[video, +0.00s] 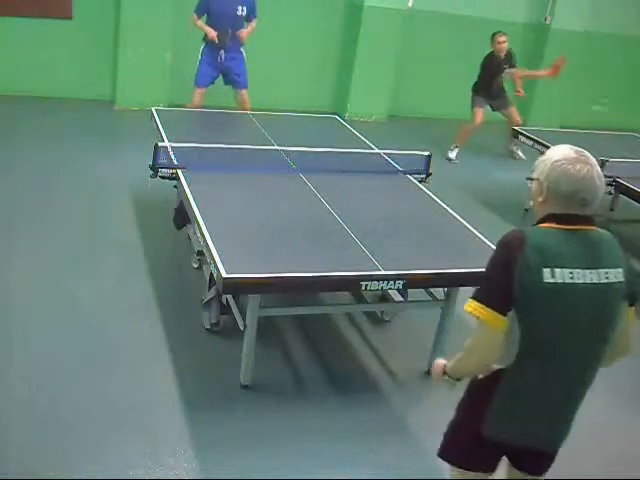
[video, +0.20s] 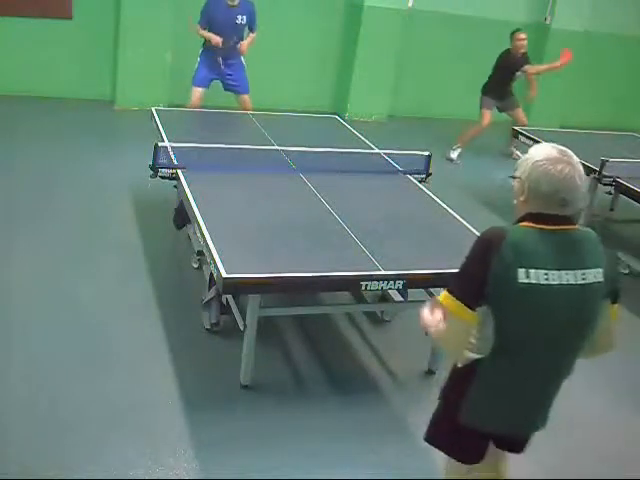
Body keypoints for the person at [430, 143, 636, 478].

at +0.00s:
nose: (530, 188)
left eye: (533, 181)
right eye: (532, 181)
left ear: (543, 191)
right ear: (592, 196)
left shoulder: (519, 245)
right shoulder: (611, 248)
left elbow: (486, 349)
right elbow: (623, 343)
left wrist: (452, 369)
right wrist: (577, 359)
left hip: (503, 397)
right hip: (563, 399)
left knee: (468, 470)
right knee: (525, 472)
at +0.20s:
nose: (513, 187)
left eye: (517, 181)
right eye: (516, 180)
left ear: (525, 191)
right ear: (577, 196)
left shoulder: (498, 242)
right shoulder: (593, 247)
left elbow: (454, 336)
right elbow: (603, 339)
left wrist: (437, 324)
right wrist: (553, 341)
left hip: (483, 386)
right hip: (541, 385)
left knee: (465, 464)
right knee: (498, 453)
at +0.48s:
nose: (487, 180)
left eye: (490, 173)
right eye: (490, 172)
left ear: (497, 180)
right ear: (544, 181)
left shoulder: (474, 226)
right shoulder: (565, 233)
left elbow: (433, 307)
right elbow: (578, 315)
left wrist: (417, 276)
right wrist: (529, 307)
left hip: (467, 365)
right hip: (519, 364)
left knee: (454, 456)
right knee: (470, 424)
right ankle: (448, 465)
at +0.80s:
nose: (449, 155)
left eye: (452, 150)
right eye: (451, 149)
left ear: (459, 157)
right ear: (496, 157)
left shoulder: (448, 196)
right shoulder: (520, 201)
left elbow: (425, 278)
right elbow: (541, 271)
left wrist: (401, 280)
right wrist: (499, 279)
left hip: (452, 323)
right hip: (494, 323)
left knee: (439, 402)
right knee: (445, 388)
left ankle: (436, 469)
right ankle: (427, 455)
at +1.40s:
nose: (395, 174)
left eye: (395, 167)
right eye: (395, 167)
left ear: (406, 164)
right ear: (438, 156)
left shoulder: (405, 193)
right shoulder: (477, 188)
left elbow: (384, 281)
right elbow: (504, 263)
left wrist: (367, 288)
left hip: (430, 321)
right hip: (473, 321)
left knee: (386, 421)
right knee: (420, 383)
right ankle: (424, 458)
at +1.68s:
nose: (381, 183)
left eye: (380, 174)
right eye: (379, 175)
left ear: (392, 169)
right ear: (425, 160)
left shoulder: (392, 204)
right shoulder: (468, 196)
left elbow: (358, 283)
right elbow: (476, 265)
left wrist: (346, 241)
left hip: (412, 342)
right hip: (460, 338)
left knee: (363, 445)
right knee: (429, 395)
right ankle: (424, 457)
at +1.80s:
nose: (380, 181)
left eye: (380, 172)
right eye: (378, 173)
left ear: (392, 169)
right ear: (427, 158)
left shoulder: (400, 207)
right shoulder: (469, 197)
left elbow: (360, 298)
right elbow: (466, 271)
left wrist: (316, 285)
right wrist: (394, 282)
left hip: (412, 342)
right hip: (459, 338)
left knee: (371, 433)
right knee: (430, 399)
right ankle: (435, 466)